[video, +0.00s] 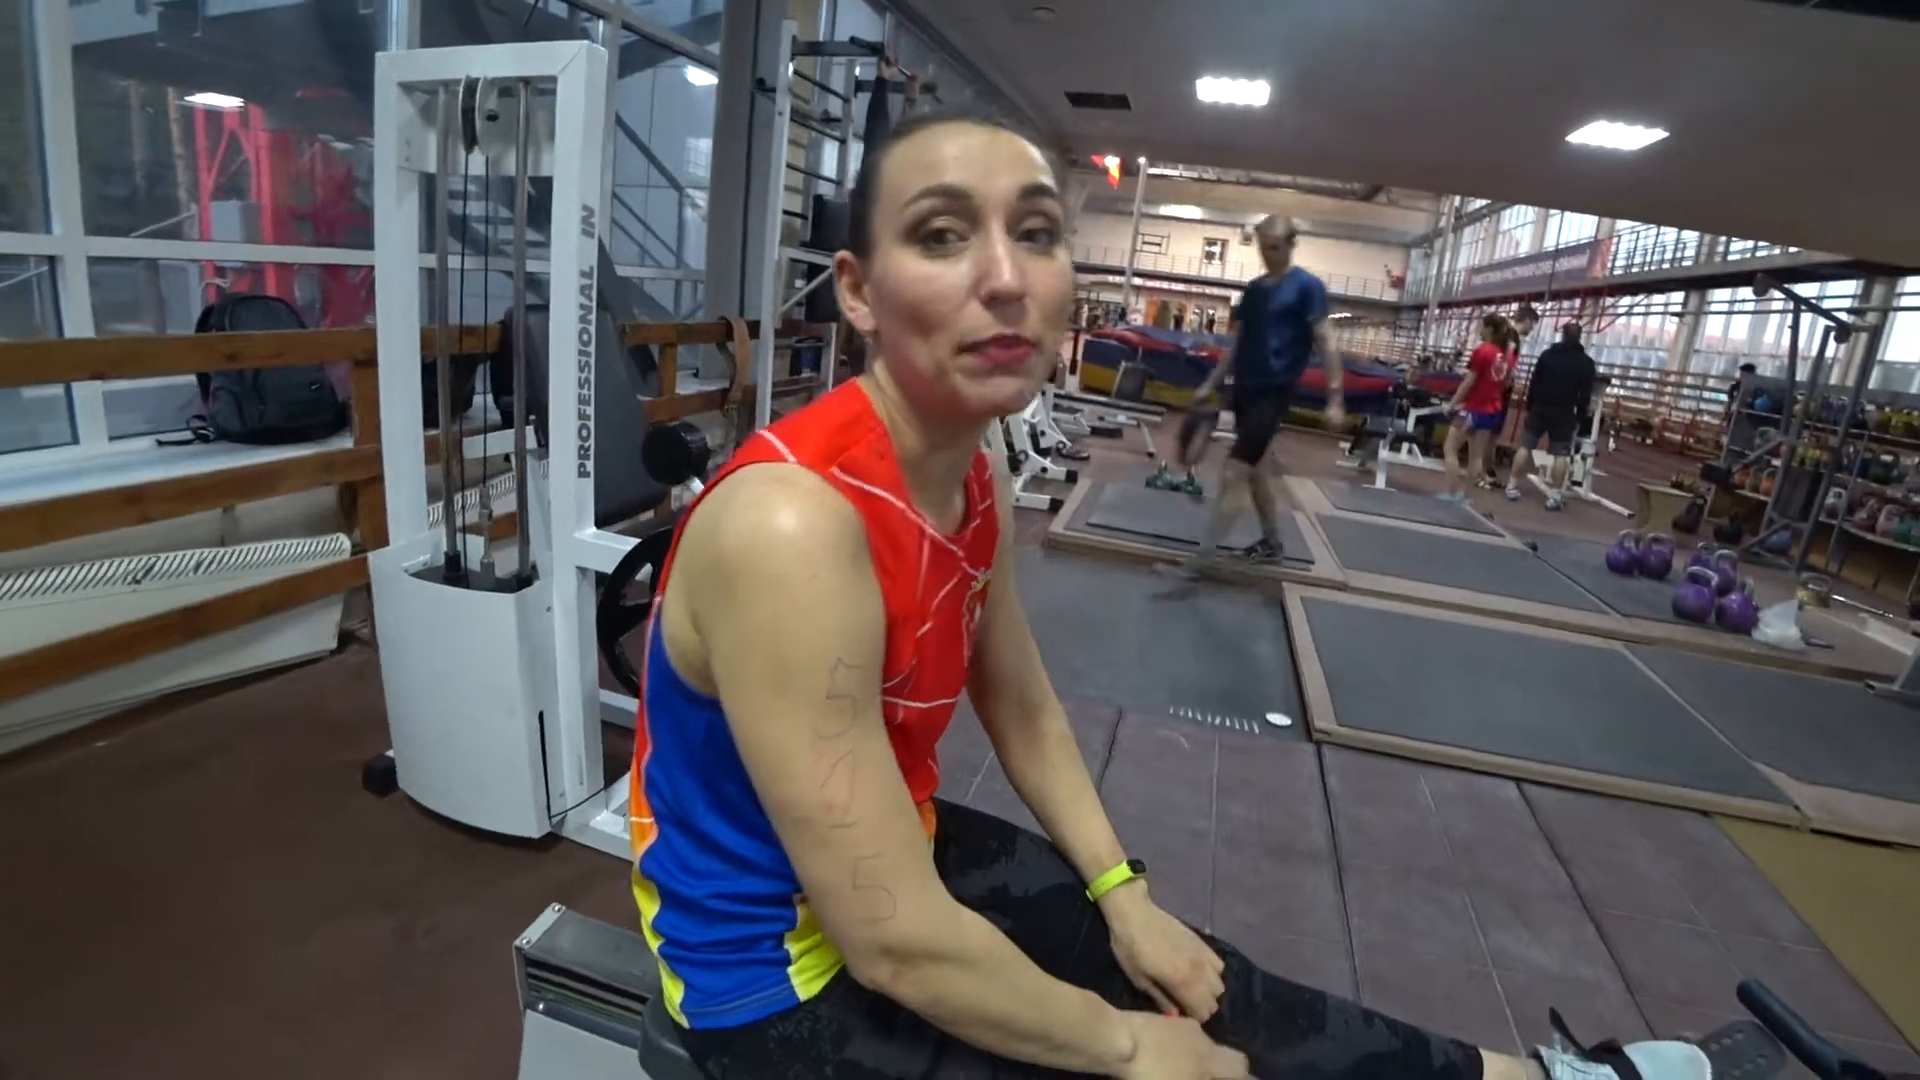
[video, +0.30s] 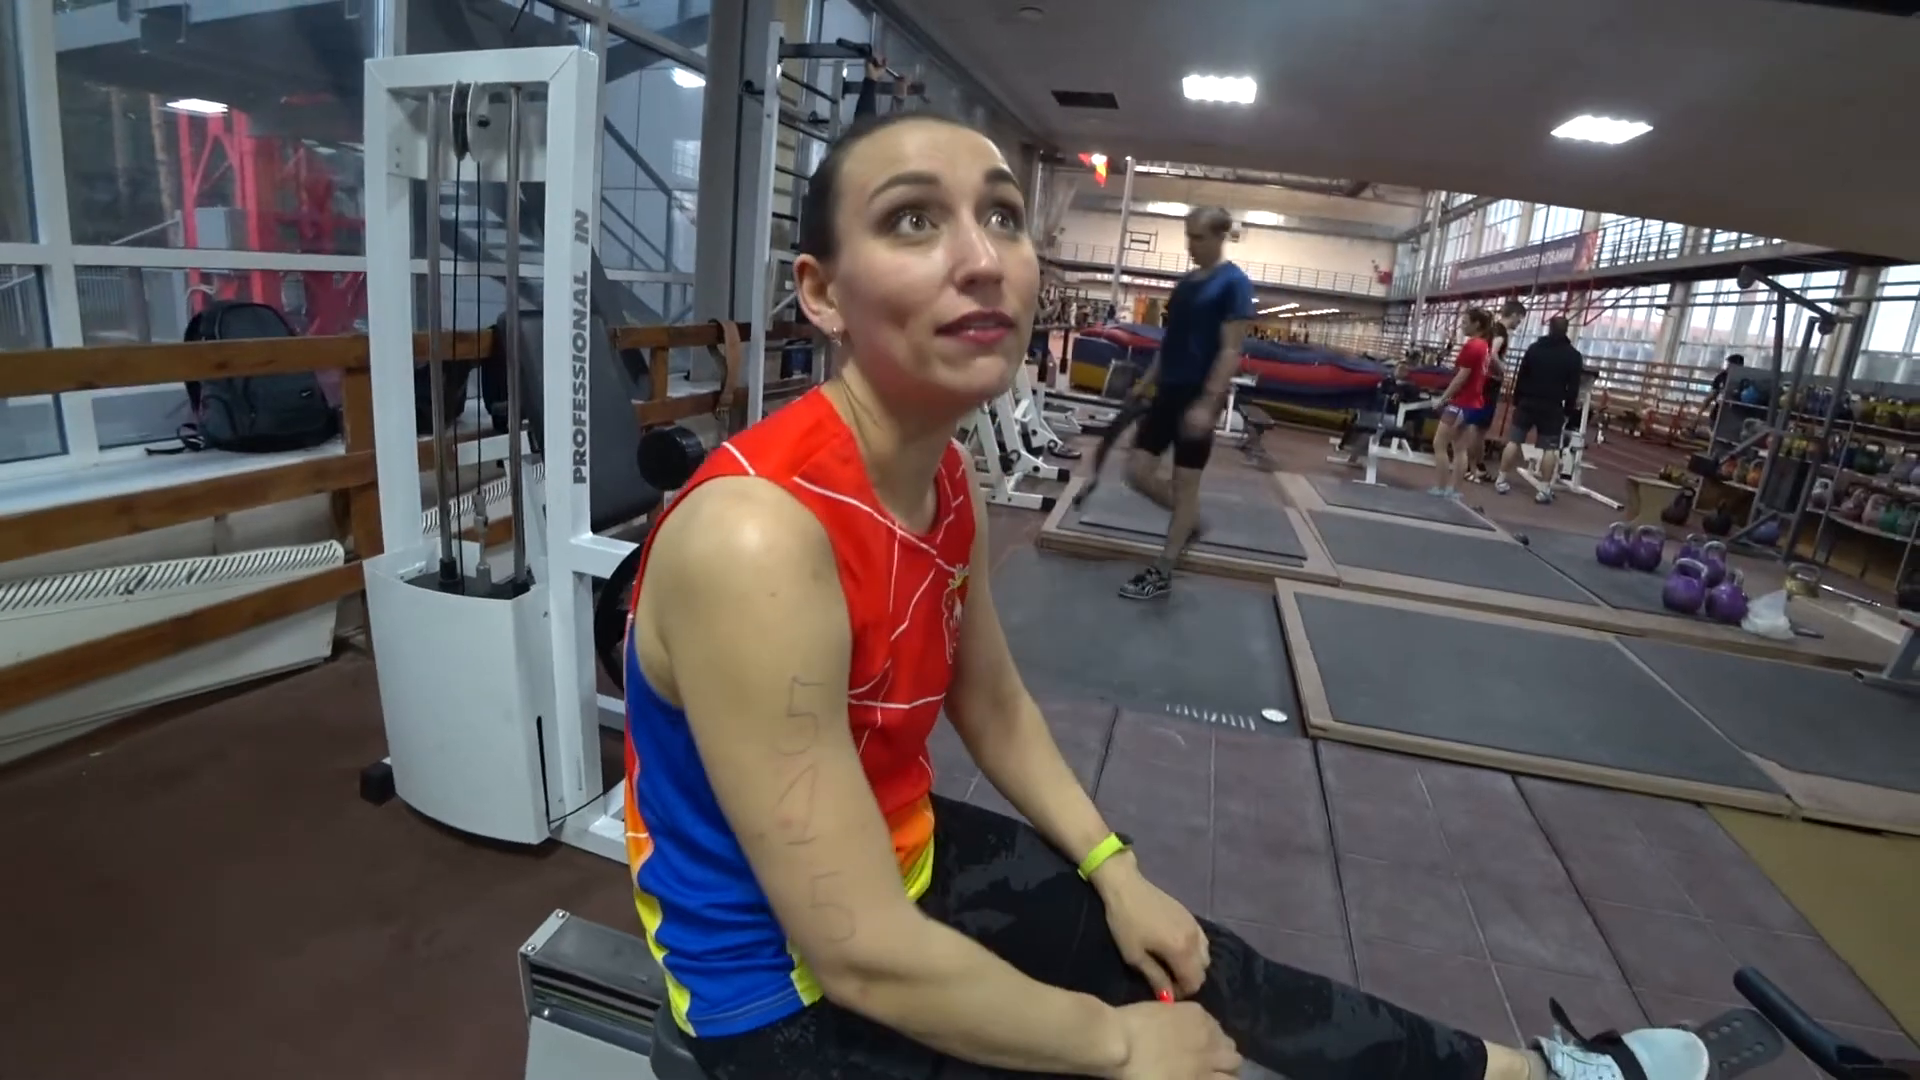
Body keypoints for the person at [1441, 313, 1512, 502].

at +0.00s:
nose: (1479, 331)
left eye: (1482, 327)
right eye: (1481, 327)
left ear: (1489, 329)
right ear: (1498, 331)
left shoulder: (1482, 351)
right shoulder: (1504, 353)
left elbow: (1469, 380)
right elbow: (1505, 382)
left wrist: (1453, 402)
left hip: (1472, 408)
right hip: (1491, 409)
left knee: (1450, 446)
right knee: (1476, 455)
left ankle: (1452, 491)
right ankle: (1466, 494)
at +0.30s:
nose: (1462, 325)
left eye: (1466, 322)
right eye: (1463, 321)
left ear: (1477, 324)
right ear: (1479, 325)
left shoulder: (1472, 346)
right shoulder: (1484, 346)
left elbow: (1462, 375)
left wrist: (1444, 398)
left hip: (1460, 402)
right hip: (1473, 403)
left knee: (1439, 442)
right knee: (1460, 447)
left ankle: (1441, 487)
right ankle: (1454, 489)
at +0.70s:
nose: (1463, 307)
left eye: (1466, 304)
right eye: (1463, 303)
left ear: (1478, 305)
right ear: (1474, 305)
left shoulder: (1484, 329)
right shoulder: (1471, 327)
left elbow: (1479, 361)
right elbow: (1459, 359)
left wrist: (1467, 386)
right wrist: (1441, 376)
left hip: (1467, 389)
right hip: (1455, 386)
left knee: (1456, 432)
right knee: (1441, 423)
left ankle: (1455, 473)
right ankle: (1453, 467)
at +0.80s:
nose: (1455, 299)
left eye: (1458, 294)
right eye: (1455, 294)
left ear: (1470, 295)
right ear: (1466, 295)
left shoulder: (1478, 318)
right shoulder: (1464, 317)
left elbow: (1477, 349)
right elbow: (1453, 351)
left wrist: (1465, 379)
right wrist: (1430, 364)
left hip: (1462, 382)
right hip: (1448, 379)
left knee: (1454, 425)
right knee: (1430, 413)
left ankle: (1450, 465)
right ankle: (1439, 454)